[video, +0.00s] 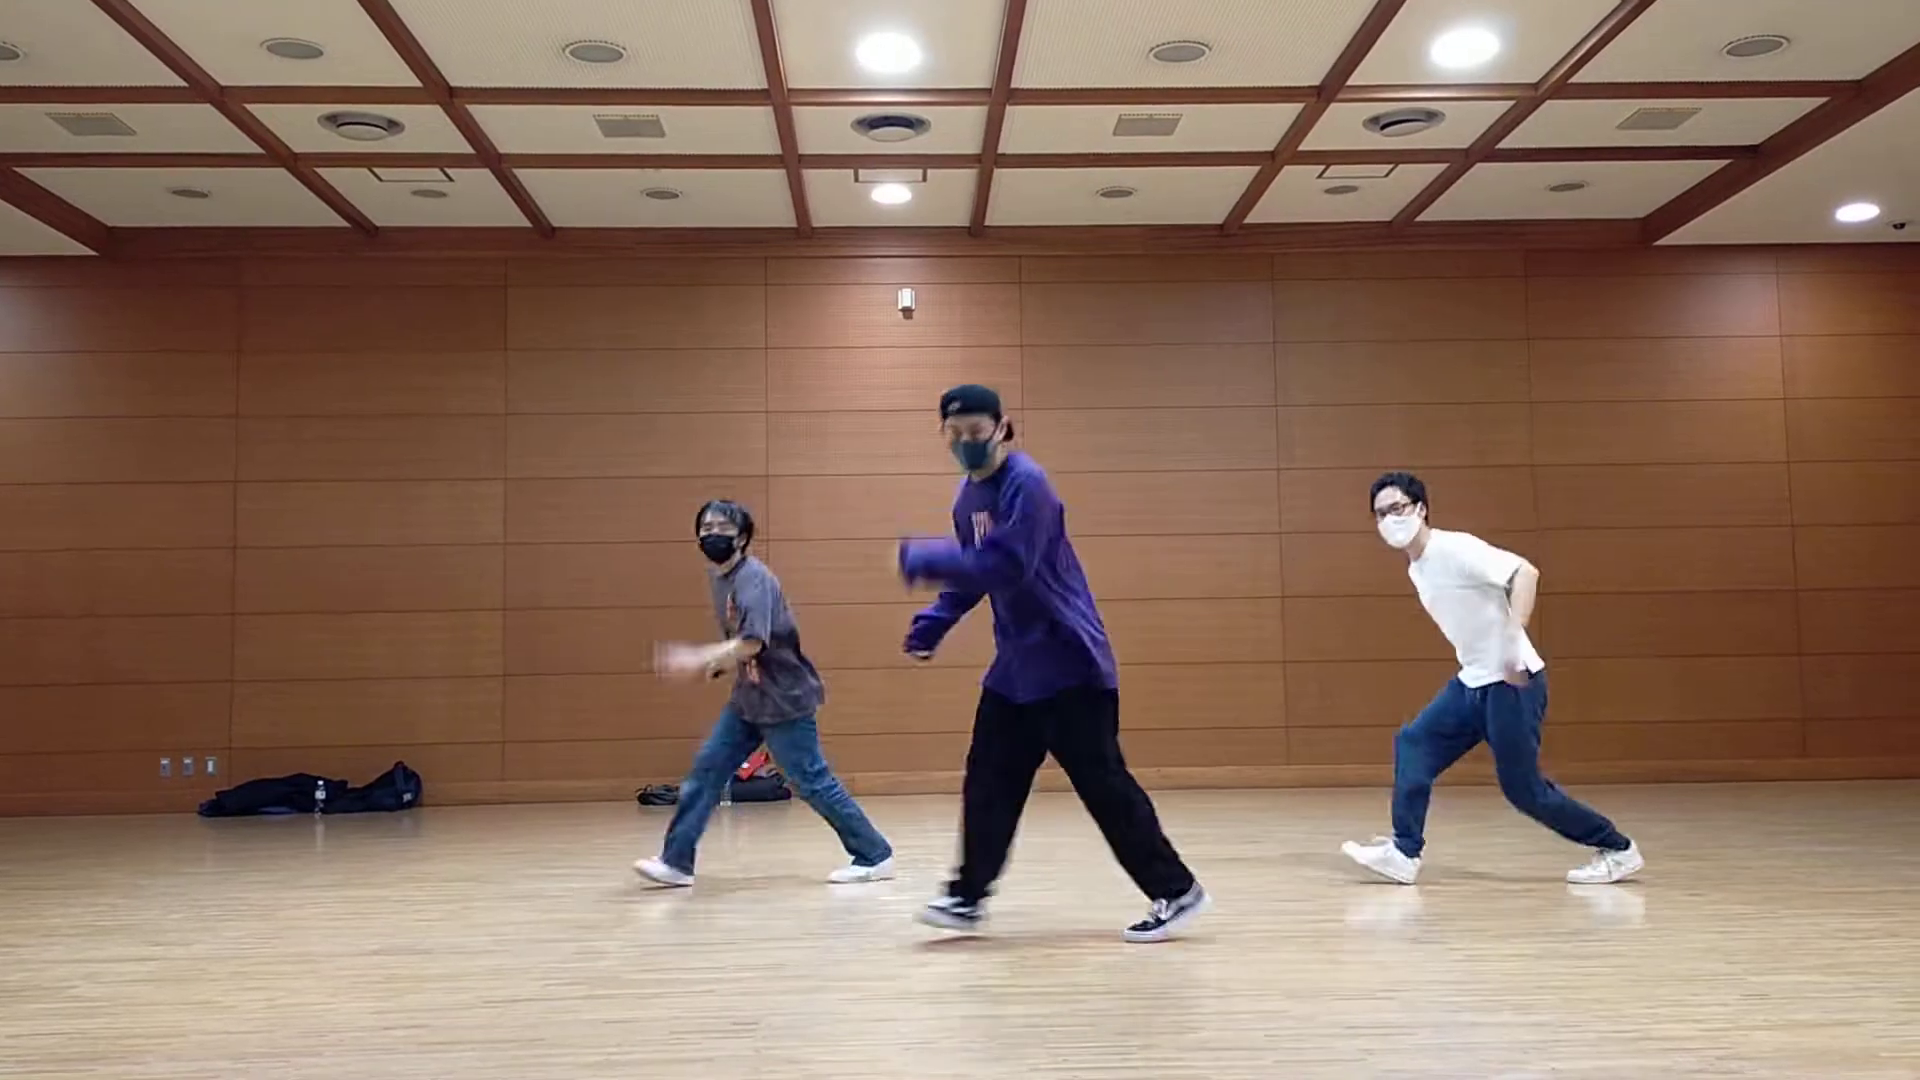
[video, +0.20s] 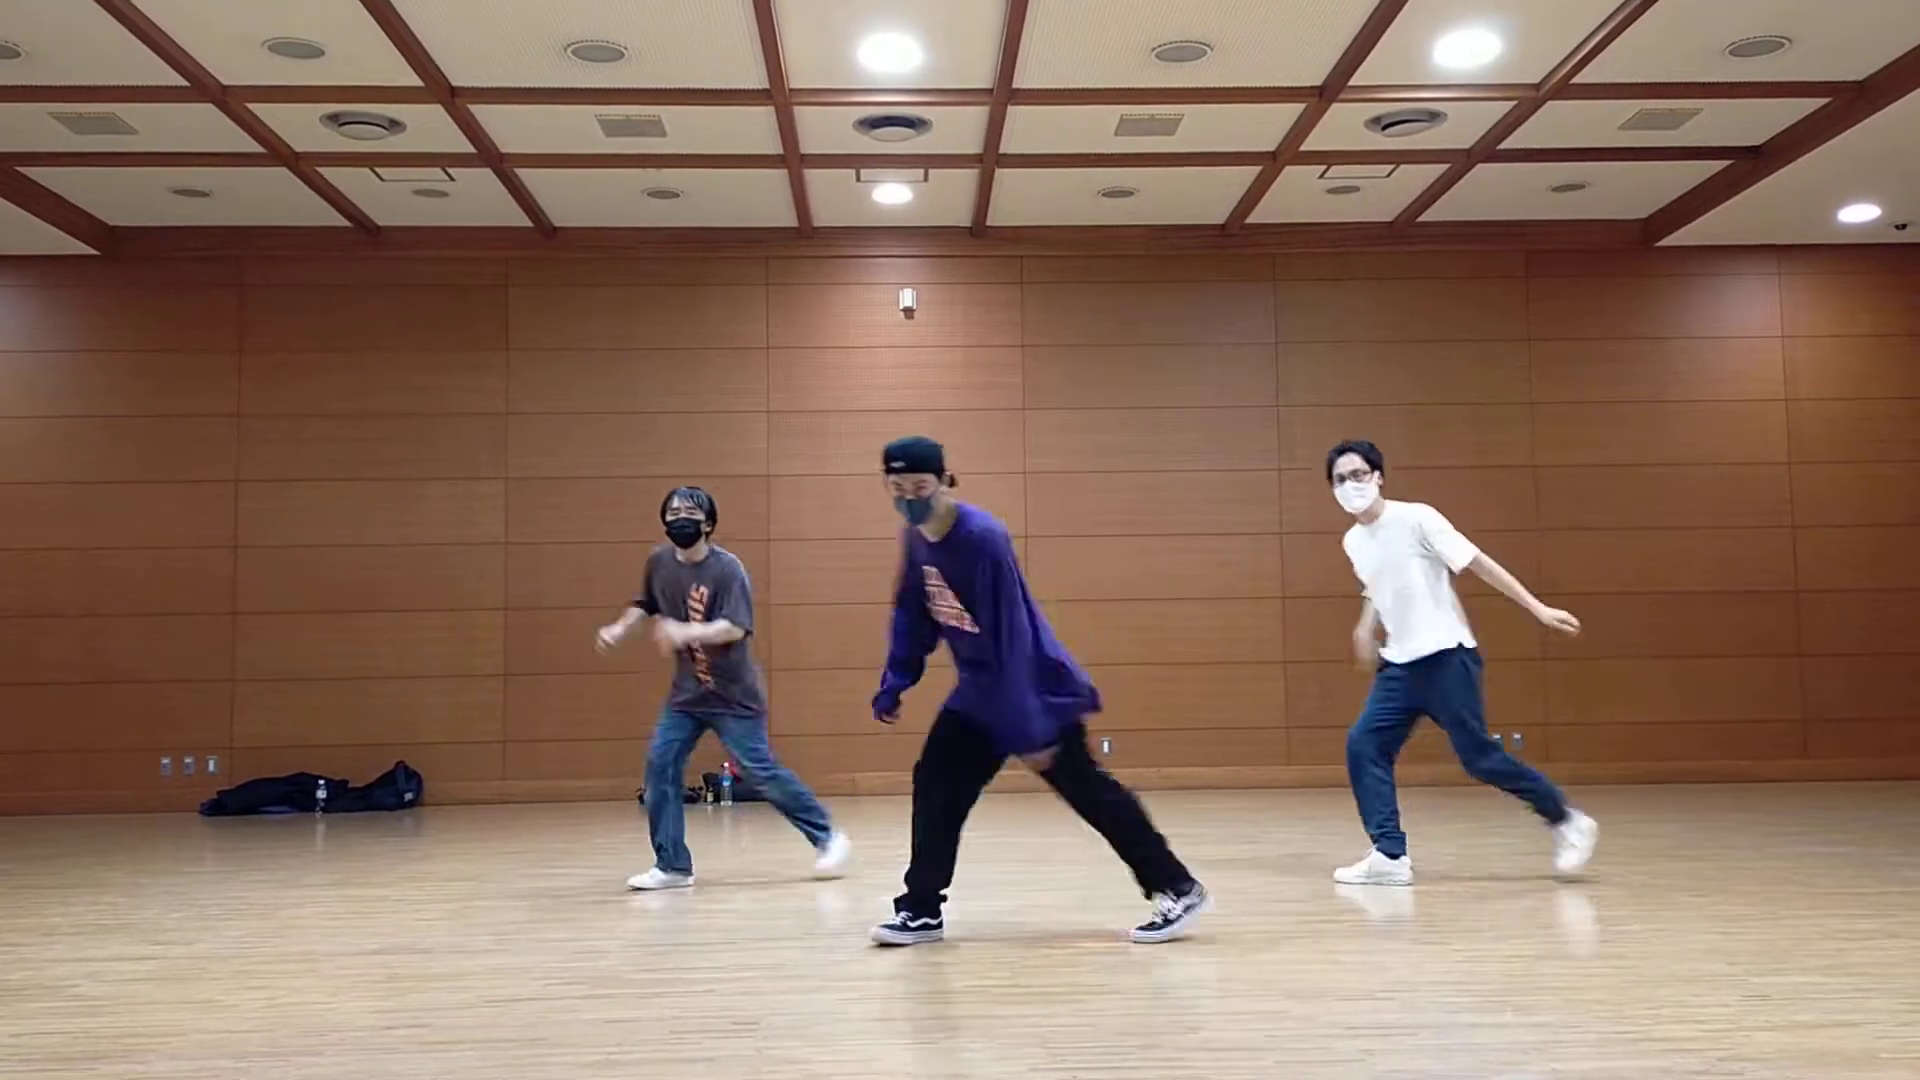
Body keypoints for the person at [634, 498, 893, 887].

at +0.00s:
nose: (713, 533)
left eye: (723, 526)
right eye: (707, 527)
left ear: (742, 534)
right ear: (698, 536)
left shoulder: (754, 578)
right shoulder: (721, 579)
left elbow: (754, 642)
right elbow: (738, 634)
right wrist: (724, 660)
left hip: (784, 695)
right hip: (750, 693)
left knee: (812, 781)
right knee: (708, 770)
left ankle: (875, 855)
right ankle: (676, 863)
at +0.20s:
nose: (681, 524)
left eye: (690, 517)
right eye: (674, 517)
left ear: (708, 523)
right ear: (665, 524)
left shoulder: (728, 568)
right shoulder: (659, 561)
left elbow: (735, 628)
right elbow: (645, 606)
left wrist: (686, 632)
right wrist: (620, 629)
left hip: (735, 696)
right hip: (687, 694)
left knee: (758, 770)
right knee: (660, 763)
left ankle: (827, 835)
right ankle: (673, 866)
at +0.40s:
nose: (655, 501)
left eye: (664, 495)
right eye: (648, 495)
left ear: (680, 503)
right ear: (638, 502)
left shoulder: (700, 546)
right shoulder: (619, 543)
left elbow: (716, 599)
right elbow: (595, 588)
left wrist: (686, 575)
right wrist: (592, 605)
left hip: (682, 682)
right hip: (630, 681)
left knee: (670, 774)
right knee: (640, 769)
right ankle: (665, 861)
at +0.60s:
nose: (632, 523)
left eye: (640, 517)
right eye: (624, 517)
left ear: (653, 525)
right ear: (611, 524)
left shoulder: (666, 574)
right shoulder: (588, 567)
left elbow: (677, 626)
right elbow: (564, 625)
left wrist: (667, 662)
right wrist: (582, 672)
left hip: (637, 700)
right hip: (595, 695)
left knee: (619, 784)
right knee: (602, 764)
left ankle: (583, 852)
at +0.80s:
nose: (620, 505)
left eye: (627, 499)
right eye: (611, 499)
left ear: (638, 509)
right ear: (597, 509)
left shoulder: (643, 558)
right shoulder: (582, 551)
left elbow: (643, 619)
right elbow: (573, 612)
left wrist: (649, 670)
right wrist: (632, 625)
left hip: (626, 690)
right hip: (580, 689)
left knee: (621, 781)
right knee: (558, 776)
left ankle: (582, 848)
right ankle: (517, 859)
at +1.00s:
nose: (645, 521)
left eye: (652, 514)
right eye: (636, 515)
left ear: (664, 523)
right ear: (620, 525)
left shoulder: (647, 567)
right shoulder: (604, 571)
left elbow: (627, 621)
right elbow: (601, 634)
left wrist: (661, 626)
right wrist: (663, 631)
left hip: (620, 692)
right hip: (582, 694)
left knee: (649, 773)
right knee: (557, 777)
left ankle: (681, 852)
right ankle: (498, 859)